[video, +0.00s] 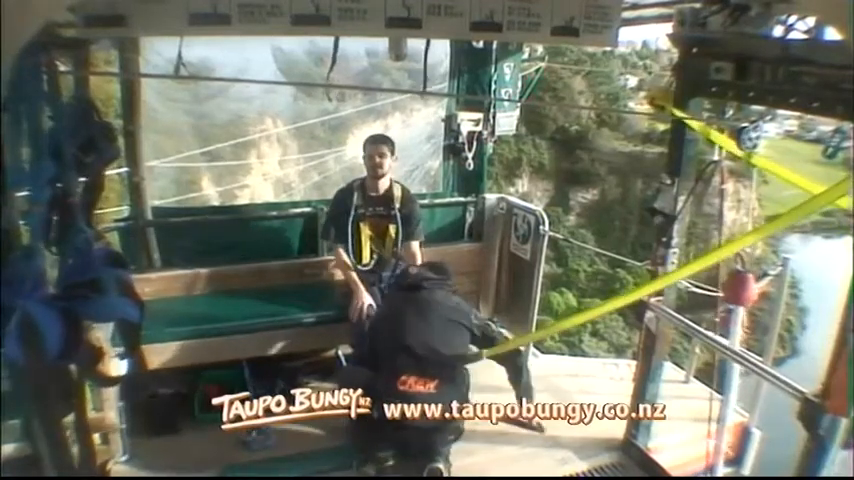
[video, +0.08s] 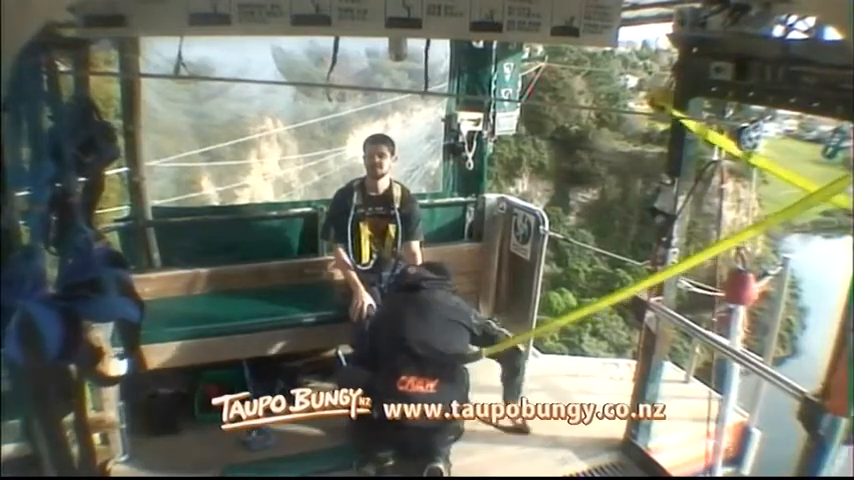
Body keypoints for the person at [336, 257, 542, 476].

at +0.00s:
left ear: (413, 280)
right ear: (447, 284)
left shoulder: (387, 307)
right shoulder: (459, 308)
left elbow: (366, 358)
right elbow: (511, 351)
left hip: (391, 412)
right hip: (441, 414)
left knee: (350, 378)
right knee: (459, 376)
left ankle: (377, 452)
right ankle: (439, 459)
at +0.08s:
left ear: (407, 283)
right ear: (446, 284)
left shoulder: (388, 308)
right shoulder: (460, 309)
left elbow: (365, 358)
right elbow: (513, 350)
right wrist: (512, 409)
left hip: (391, 414)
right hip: (443, 415)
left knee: (350, 378)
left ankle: (376, 455)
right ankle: (438, 459)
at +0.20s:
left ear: (410, 280)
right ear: (444, 283)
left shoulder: (390, 304)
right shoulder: (457, 307)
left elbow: (366, 356)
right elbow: (499, 363)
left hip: (392, 408)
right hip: (444, 409)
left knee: (348, 378)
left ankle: (378, 453)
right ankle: (439, 458)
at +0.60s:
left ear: (403, 282)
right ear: (437, 283)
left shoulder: (386, 306)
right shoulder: (453, 306)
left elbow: (366, 359)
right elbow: (476, 362)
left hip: (394, 418)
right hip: (446, 419)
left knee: (345, 377)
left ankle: (377, 453)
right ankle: (442, 455)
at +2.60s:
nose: (389, 279)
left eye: (394, 274)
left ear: (400, 278)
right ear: (437, 278)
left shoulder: (390, 305)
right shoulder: (461, 313)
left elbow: (367, 362)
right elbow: (470, 375)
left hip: (400, 414)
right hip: (453, 417)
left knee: (341, 380)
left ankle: (377, 452)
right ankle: (440, 457)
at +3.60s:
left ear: (395, 281)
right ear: (433, 280)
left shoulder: (385, 307)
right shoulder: (456, 310)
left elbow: (365, 361)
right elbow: (467, 376)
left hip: (397, 418)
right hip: (450, 418)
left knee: (341, 380)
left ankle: (379, 451)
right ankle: (439, 456)